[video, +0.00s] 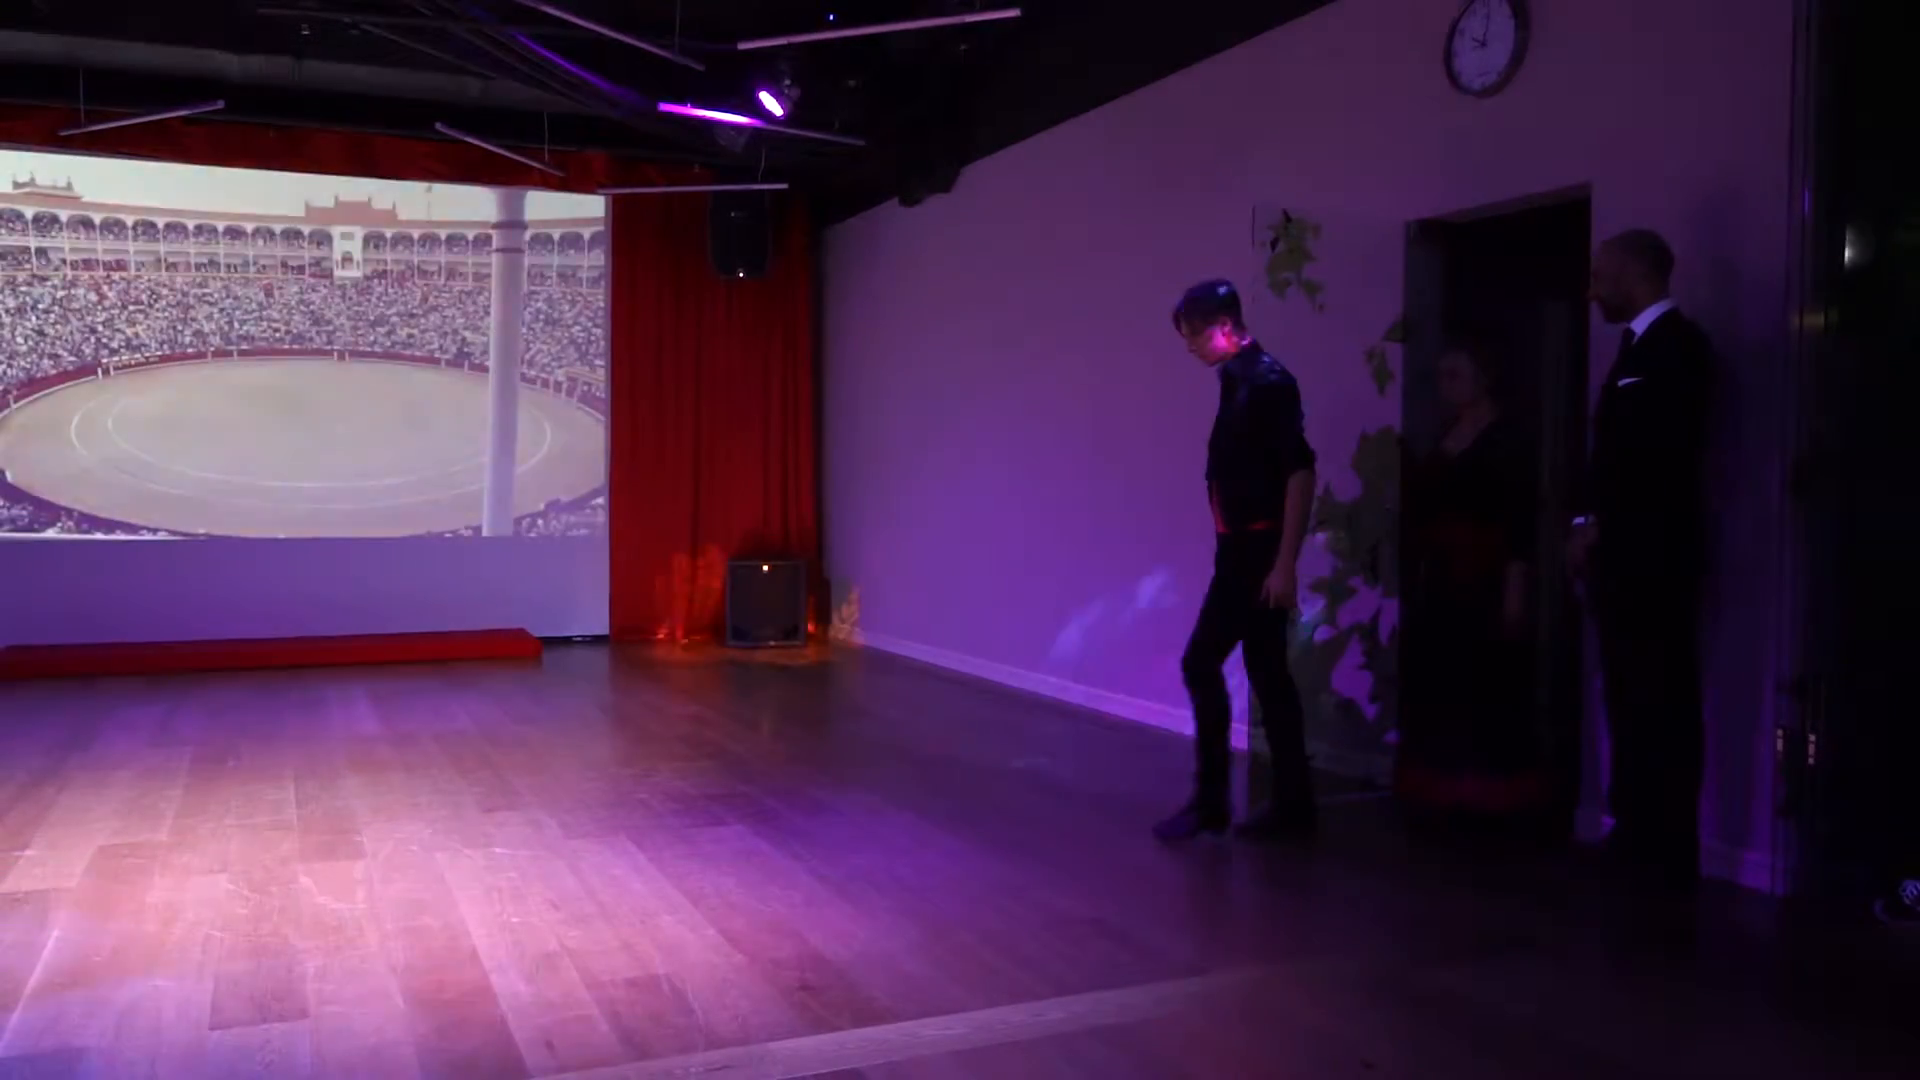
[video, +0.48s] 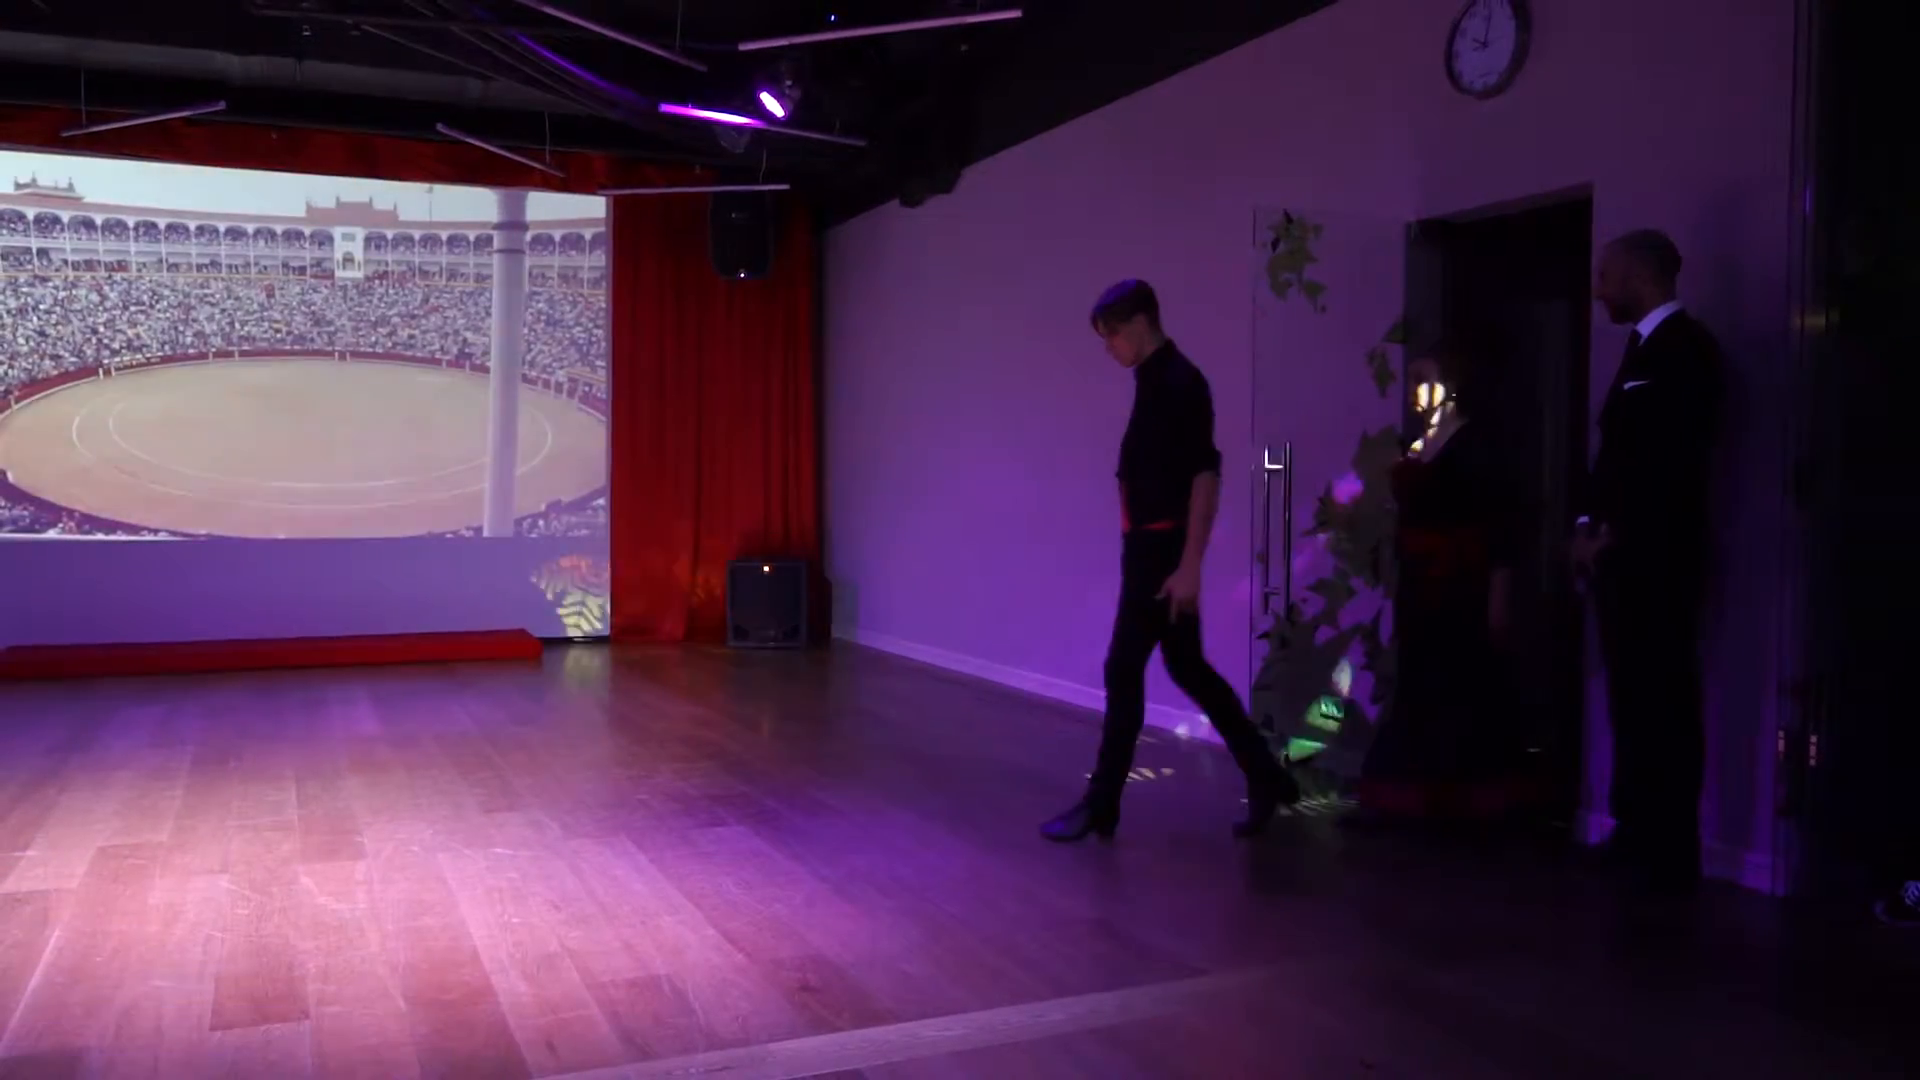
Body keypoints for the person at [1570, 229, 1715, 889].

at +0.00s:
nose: (1596, 288)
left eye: (1604, 274)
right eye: (1597, 274)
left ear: (1638, 277)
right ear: (1646, 276)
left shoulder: (1671, 351)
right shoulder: (1640, 348)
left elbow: (1645, 464)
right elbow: (1615, 456)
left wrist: (1600, 526)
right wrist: (1589, 519)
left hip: (1659, 557)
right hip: (1635, 555)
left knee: (1657, 704)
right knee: (1638, 702)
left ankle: (1660, 851)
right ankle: (1639, 844)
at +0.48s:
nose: (1601, 288)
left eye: (1610, 273)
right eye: (1603, 274)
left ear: (1643, 276)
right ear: (1652, 276)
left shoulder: (1679, 351)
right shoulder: (1646, 348)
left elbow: (1653, 463)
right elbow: (1613, 453)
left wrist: (1610, 530)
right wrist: (1588, 519)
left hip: (1662, 558)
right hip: (1635, 556)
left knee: (1658, 704)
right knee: (1640, 703)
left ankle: (1663, 852)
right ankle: (1641, 844)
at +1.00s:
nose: (1603, 288)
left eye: (1611, 276)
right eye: (1603, 276)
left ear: (1643, 278)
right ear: (1650, 276)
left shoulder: (1684, 351)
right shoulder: (1650, 348)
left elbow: (1662, 461)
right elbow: (1624, 450)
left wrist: (1622, 527)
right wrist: (1586, 510)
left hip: (1670, 554)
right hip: (1641, 552)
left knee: (1663, 700)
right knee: (1641, 699)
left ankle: (1665, 848)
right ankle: (1638, 839)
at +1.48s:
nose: (1598, 287)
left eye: (1606, 274)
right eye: (1600, 274)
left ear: (1636, 279)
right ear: (1650, 277)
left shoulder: (1677, 355)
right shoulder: (1640, 350)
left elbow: (1658, 469)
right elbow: (1617, 453)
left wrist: (1599, 520)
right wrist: (1578, 503)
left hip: (1657, 563)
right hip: (1622, 559)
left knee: (1667, 706)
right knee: (1594, 702)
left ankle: (1677, 857)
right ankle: (1583, 844)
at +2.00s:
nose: (1504, 302)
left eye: (1511, 290)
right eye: (1505, 290)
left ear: (1538, 291)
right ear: (1548, 290)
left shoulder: (1579, 358)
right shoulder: (1554, 356)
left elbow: (1573, 468)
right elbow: (1560, 467)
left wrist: (1532, 534)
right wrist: (1528, 532)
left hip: (1578, 550)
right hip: (1565, 548)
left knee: (1617, 692)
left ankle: (1669, 846)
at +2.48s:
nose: (1437, 302)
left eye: (1443, 289)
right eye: (1436, 291)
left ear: (1475, 286)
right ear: (1464, 290)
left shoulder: (1530, 350)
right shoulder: (1480, 359)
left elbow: (1547, 451)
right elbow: (1419, 426)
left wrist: (1532, 535)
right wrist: (1334, 445)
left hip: (1532, 553)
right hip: (1489, 547)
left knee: (1530, 687)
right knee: (1493, 683)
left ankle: (1533, 832)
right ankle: (1491, 819)